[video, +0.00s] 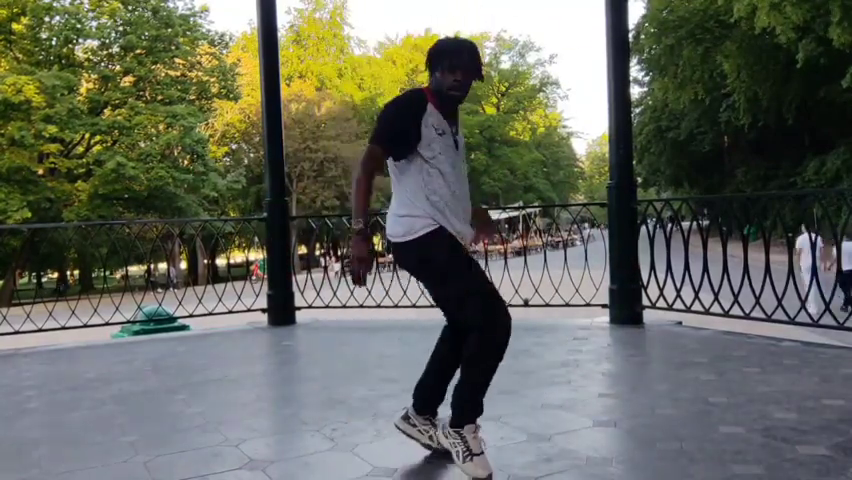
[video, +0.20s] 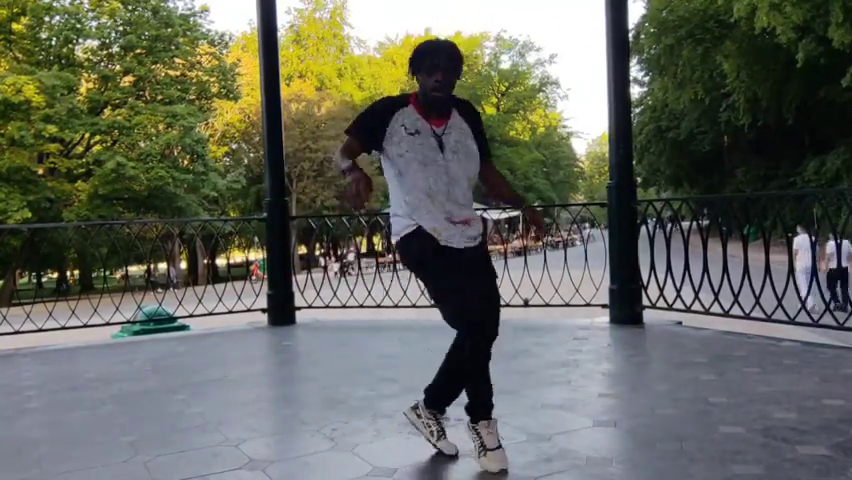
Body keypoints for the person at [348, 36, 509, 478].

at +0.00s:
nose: (458, 82)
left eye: (467, 76)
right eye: (450, 72)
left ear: (474, 79)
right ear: (432, 72)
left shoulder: (450, 122)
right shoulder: (407, 108)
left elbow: (441, 183)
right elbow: (366, 166)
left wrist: (475, 215)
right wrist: (360, 233)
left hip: (441, 234)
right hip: (418, 234)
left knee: (464, 322)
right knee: (494, 320)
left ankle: (420, 414)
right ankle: (462, 425)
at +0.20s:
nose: (441, 80)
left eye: (449, 73)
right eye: (432, 72)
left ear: (458, 76)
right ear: (416, 74)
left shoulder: (467, 115)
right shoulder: (388, 112)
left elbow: (487, 175)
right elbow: (343, 154)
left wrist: (524, 204)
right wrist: (353, 172)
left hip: (467, 232)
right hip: (419, 232)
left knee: (485, 323)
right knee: (474, 322)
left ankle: (430, 408)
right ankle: (483, 421)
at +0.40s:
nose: (436, 85)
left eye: (444, 77)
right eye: (427, 77)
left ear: (456, 81)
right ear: (413, 81)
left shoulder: (472, 120)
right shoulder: (394, 118)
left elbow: (502, 173)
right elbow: (366, 169)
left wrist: (523, 216)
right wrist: (390, 168)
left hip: (458, 243)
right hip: (405, 246)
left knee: (459, 333)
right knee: (403, 325)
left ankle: (453, 422)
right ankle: (464, 417)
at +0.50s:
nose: (435, 89)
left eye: (443, 81)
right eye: (426, 81)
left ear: (454, 84)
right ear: (412, 85)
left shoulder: (470, 122)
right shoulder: (395, 123)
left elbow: (503, 176)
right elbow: (374, 177)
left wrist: (526, 226)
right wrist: (399, 183)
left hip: (450, 242)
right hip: (402, 245)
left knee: (445, 330)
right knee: (376, 319)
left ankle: (463, 410)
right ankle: (429, 414)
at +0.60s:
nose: (430, 89)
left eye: (439, 81)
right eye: (422, 81)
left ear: (451, 84)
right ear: (408, 86)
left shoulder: (470, 124)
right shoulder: (393, 126)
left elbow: (503, 177)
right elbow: (375, 179)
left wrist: (531, 231)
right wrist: (388, 191)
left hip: (444, 242)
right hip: (397, 243)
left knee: (434, 329)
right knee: (359, 312)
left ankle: (459, 411)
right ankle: (404, 402)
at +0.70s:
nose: (427, 86)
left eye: (435, 78)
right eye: (419, 78)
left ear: (447, 82)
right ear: (406, 82)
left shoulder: (468, 122)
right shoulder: (391, 125)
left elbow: (504, 175)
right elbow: (373, 174)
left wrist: (530, 229)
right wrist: (376, 186)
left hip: (441, 239)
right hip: (394, 238)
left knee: (428, 329)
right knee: (362, 315)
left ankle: (446, 414)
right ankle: (403, 385)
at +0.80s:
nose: (420, 85)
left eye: (428, 77)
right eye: (412, 77)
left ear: (441, 82)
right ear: (401, 83)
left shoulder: (462, 123)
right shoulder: (384, 126)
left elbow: (498, 176)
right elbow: (363, 174)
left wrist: (524, 231)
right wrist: (370, 181)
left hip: (439, 238)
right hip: (393, 238)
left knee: (423, 323)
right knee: (394, 326)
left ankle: (421, 412)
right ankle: (420, 403)